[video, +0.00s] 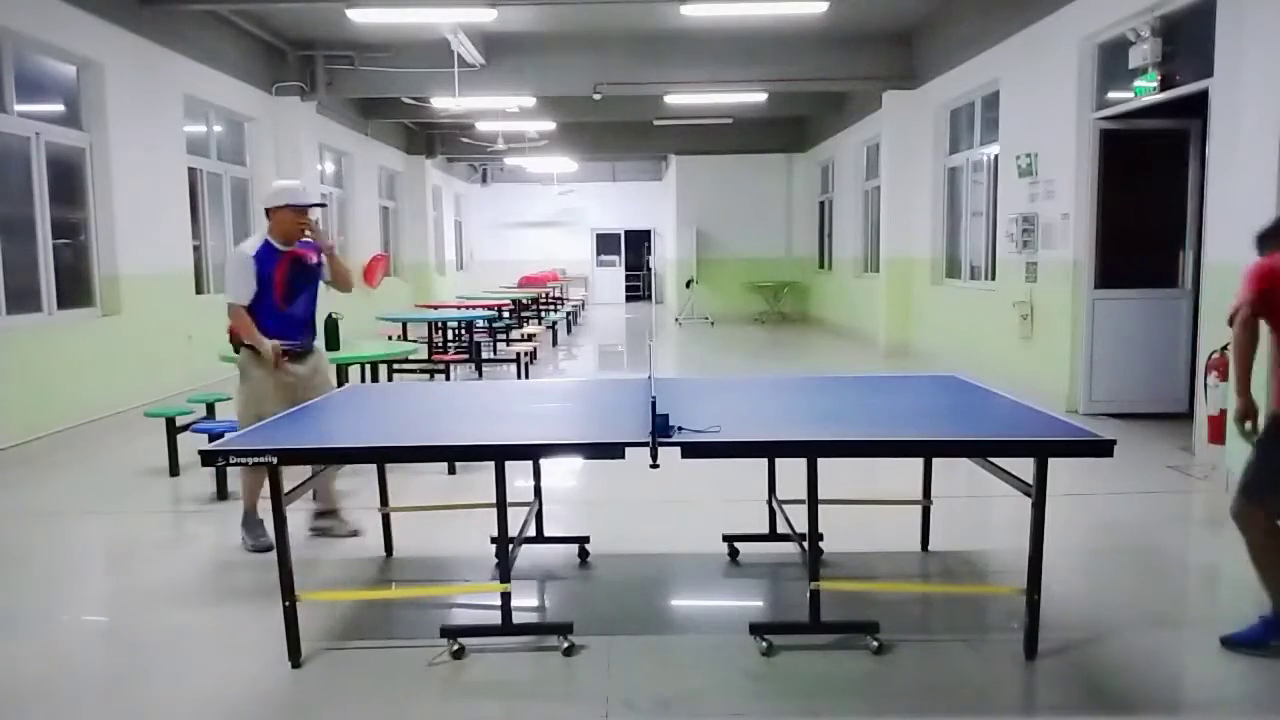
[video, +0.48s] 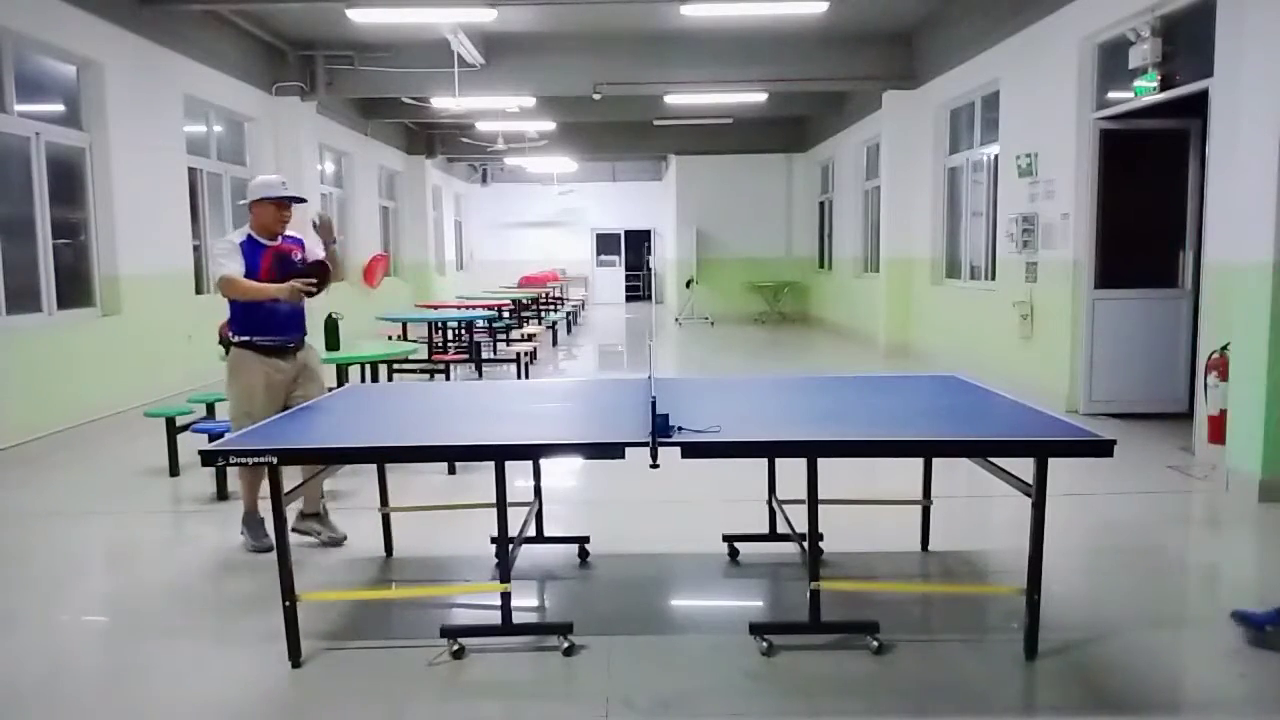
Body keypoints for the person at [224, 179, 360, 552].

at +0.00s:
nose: (306, 219)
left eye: (307, 213)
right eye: (298, 213)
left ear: (308, 216)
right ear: (274, 214)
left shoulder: (311, 251)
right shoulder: (248, 255)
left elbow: (346, 285)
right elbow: (236, 312)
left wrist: (327, 250)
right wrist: (261, 344)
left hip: (308, 359)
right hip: (262, 362)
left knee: (327, 432)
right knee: (257, 441)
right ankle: (251, 519)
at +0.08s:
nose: (297, 220)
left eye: (298, 213)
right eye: (288, 214)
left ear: (300, 216)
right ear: (264, 216)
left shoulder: (304, 251)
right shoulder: (241, 258)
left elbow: (342, 283)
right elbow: (234, 317)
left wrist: (319, 248)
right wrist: (260, 343)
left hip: (303, 359)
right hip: (258, 363)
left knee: (315, 437)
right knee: (255, 442)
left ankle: (307, 513)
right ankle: (251, 520)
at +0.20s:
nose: (286, 222)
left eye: (288, 215)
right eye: (277, 216)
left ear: (289, 218)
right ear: (254, 219)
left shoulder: (297, 252)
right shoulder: (232, 259)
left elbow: (335, 287)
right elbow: (227, 312)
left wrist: (312, 253)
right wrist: (267, 329)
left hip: (298, 360)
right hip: (252, 365)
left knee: (308, 438)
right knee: (253, 444)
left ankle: (301, 514)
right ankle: (252, 520)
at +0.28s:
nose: (282, 218)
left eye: (284, 212)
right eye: (274, 212)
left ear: (285, 214)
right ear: (251, 215)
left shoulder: (292, 248)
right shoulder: (228, 252)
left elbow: (332, 286)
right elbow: (224, 300)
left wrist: (317, 259)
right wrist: (272, 308)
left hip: (296, 357)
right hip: (251, 362)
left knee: (312, 434)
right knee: (253, 444)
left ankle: (303, 508)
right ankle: (252, 520)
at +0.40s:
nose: (283, 213)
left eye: (285, 207)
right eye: (275, 207)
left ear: (287, 210)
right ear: (250, 210)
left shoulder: (295, 245)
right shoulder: (227, 248)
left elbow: (329, 279)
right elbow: (227, 289)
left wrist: (328, 255)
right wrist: (279, 291)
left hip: (297, 355)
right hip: (251, 359)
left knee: (318, 430)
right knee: (253, 442)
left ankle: (306, 507)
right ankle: (252, 518)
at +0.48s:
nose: (287, 213)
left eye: (289, 206)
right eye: (279, 206)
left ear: (290, 209)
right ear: (254, 208)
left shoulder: (299, 244)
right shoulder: (230, 245)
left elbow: (329, 278)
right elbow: (229, 287)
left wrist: (330, 247)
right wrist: (281, 290)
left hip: (298, 355)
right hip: (252, 358)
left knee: (317, 432)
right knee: (253, 442)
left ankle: (311, 513)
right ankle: (251, 517)